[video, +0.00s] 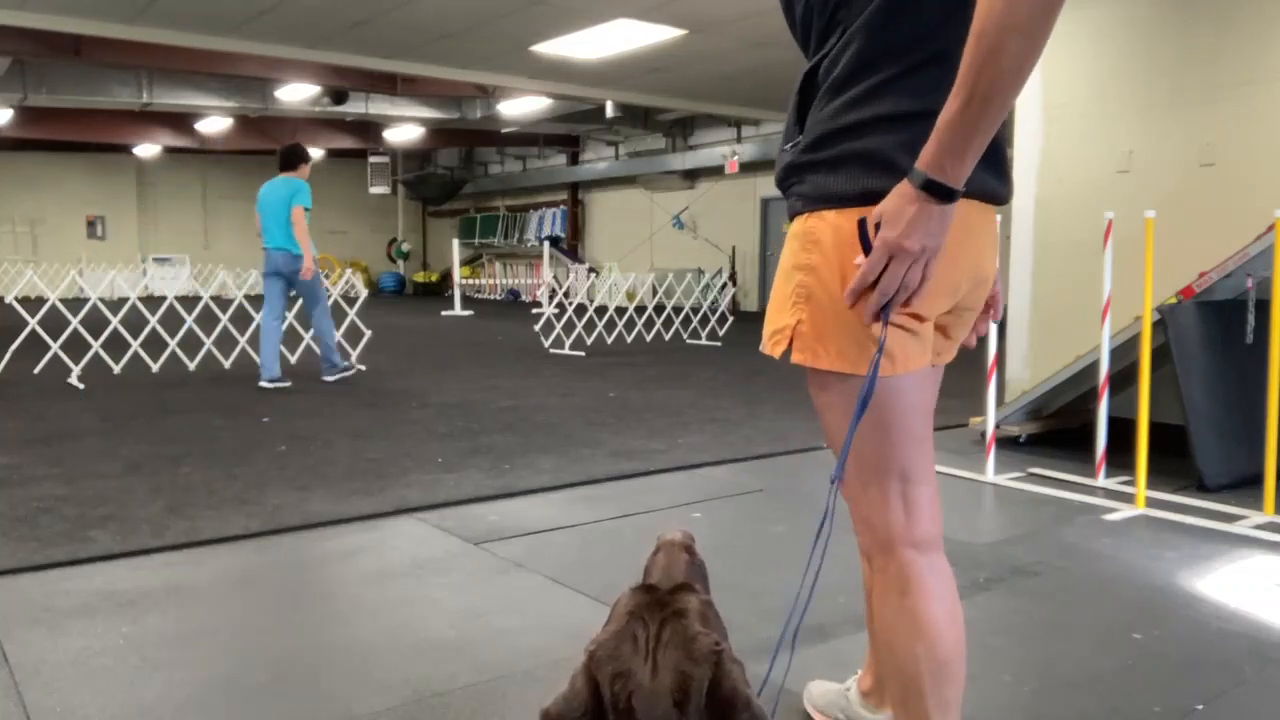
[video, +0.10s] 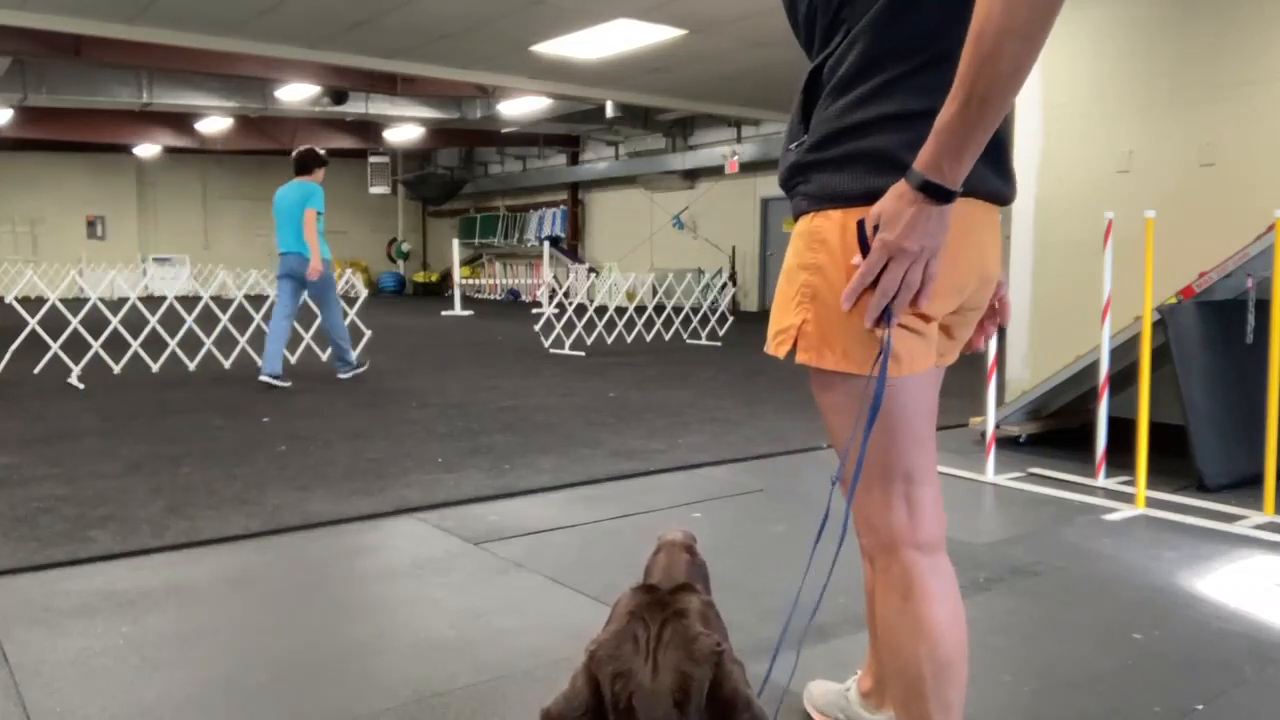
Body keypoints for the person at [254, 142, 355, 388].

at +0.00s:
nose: (310, 171)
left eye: (309, 166)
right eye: (308, 166)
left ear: (283, 165)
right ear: (301, 165)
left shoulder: (265, 188)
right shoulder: (300, 186)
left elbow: (260, 227)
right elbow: (298, 219)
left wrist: (273, 245)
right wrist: (308, 255)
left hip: (271, 254)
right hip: (294, 254)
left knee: (271, 315)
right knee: (319, 306)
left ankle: (269, 374)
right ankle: (333, 363)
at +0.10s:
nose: (324, 175)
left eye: (324, 170)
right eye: (322, 170)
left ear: (298, 169)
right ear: (316, 170)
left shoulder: (281, 192)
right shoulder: (314, 190)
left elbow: (281, 226)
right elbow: (310, 223)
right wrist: (316, 257)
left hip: (287, 257)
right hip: (311, 257)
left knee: (282, 312)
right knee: (331, 310)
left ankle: (270, 370)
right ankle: (346, 361)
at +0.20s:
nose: (337, 177)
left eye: (338, 173)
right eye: (337, 173)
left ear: (314, 170)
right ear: (330, 171)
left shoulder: (297, 192)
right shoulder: (327, 191)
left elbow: (298, 226)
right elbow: (323, 222)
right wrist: (329, 257)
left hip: (304, 256)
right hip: (328, 257)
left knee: (301, 312)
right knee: (345, 310)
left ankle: (277, 358)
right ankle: (348, 363)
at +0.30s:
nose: (348, 177)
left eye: (349, 172)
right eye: (348, 172)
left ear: (325, 169)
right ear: (341, 170)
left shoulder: (308, 191)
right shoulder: (338, 189)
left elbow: (310, 226)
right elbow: (336, 222)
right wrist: (349, 254)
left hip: (317, 256)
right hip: (338, 256)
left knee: (329, 309)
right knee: (352, 309)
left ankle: (296, 346)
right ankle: (348, 364)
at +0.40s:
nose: (357, 175)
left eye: (357, 171)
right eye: (357, 171)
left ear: (334, 167)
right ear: (351, 170)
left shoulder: (318, 190)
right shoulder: (349, 188)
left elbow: (321, 223)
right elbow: (351, 222)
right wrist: (370, 252)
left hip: (327, 254)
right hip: (349, 254)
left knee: (345, 303)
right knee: (356, 308)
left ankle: (329, 348)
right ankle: (348, 363)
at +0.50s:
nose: (366, 176)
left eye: (366, 171)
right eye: (366, 171)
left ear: (342, 170)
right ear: (360, 170)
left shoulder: (328, 192)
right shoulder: (359, 188)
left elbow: (332, 225)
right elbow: (365, 219)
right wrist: (390, 248)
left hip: (338, 255)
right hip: (359, 255)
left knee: (360, 310)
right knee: (360, 312)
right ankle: (349, 363)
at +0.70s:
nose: (381, 180)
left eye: (381, 177)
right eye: (380, 176)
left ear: (358, 175)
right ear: (374, 175)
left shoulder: (346, 196)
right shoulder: (376, 192)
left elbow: (344, 230)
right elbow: (384, 222)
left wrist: (349, 252)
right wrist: (412, 242)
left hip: (355, 258)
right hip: (376, 257)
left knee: (373, 308)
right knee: (387, 311)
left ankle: (384, 358)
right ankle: (355, 353)